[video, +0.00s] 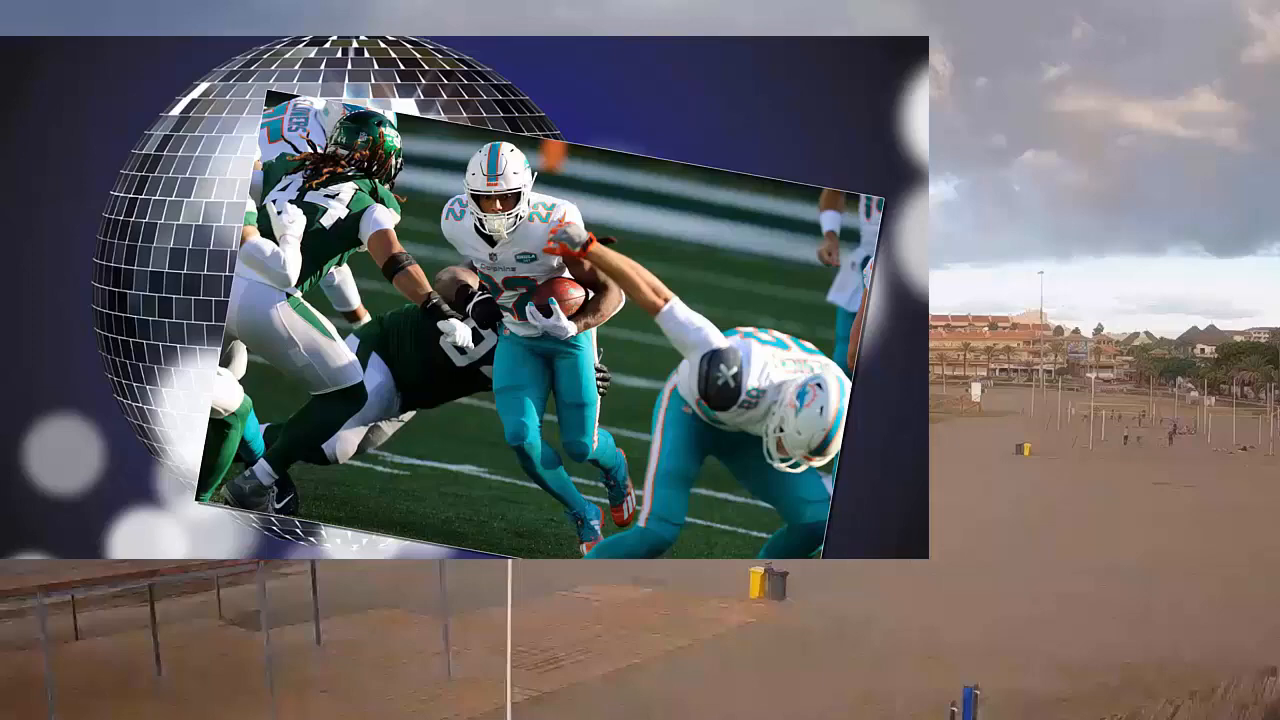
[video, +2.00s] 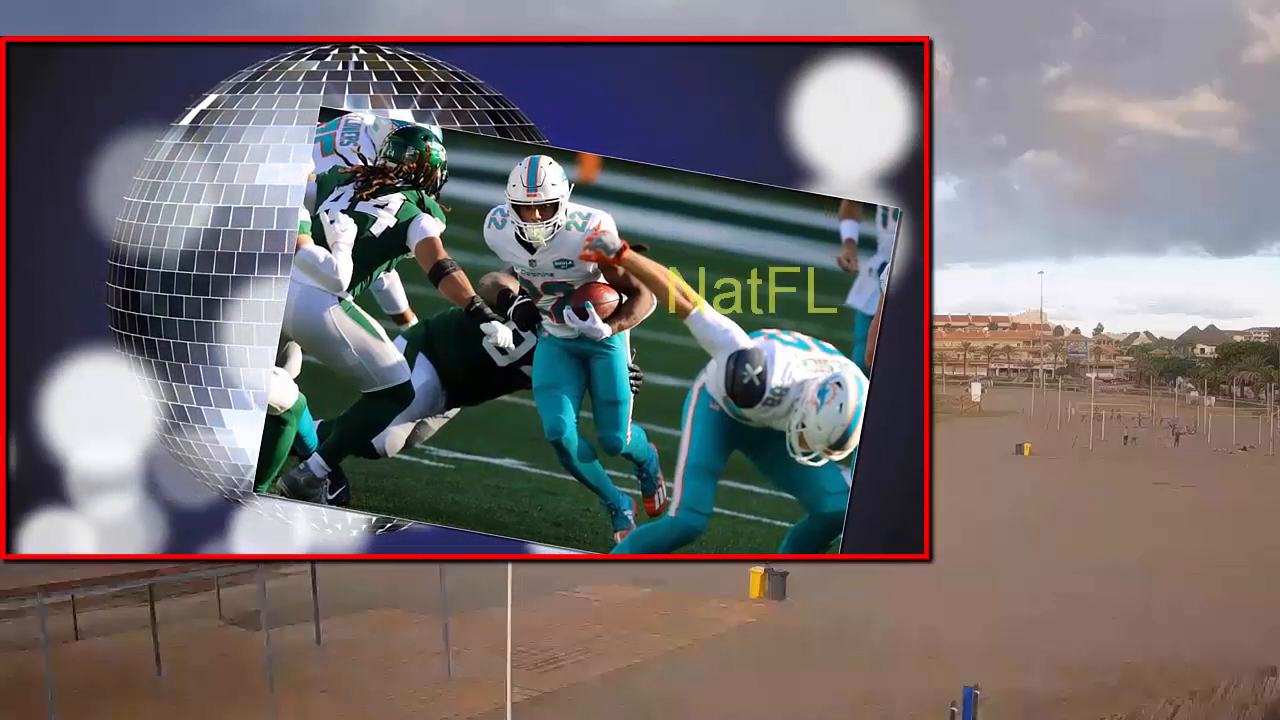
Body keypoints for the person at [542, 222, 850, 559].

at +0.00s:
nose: (793, 464)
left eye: (807, 460)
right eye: (788, 453)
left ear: (835, 435)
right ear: (777, 416)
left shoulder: (845, 416)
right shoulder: (733, 377)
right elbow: (657, 299)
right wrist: (588, 247)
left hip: (752, 429)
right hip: (692, 406)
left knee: (818, 519)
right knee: (658, 532)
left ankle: (754, 587)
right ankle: (573, 580)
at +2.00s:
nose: (813, 458)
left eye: (826, 454)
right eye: (809, 447)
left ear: (853, 432)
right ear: (799, 413)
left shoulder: (863, 413)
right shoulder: (757, 374)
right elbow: (684, 300)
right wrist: (622, 255)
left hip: (775, 425)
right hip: (720, 403)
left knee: (836, 510)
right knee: (689, 521)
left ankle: (775, 580)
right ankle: (607, 571)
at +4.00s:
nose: (834, 451)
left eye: (847, 448)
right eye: (830, 438)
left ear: (872, 427)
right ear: (823, 408)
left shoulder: (884, 413)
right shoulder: (778, 370)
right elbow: (714, 305)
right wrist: (657, 262)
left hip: (799, 422)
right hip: (746, 399)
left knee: (856, 498)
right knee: (719, 510)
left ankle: (795, 574)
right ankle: (638, 563)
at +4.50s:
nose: (837, 446)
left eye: (852, 445)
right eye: (836, 434)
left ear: (873, 429)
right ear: (828, 404)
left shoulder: (885, 411)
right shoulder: (786, 372)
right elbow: (722, 305)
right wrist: (666, 264)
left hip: (803, 421)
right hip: (752, 400)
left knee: (861, 498)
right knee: (726, 508)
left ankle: (800, 571)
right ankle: (649, 555)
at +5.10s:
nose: (844, 448)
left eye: (856, 445)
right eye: (840, 437)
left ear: (877, 425)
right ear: (834, 406)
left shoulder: (886, 408)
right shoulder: (793, 370)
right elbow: (731, 307)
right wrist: (675, 264)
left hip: (811, 420)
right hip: (761, 398)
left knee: (866, 494)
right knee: (735, 505)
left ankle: (806, 562)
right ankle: (660, 549)